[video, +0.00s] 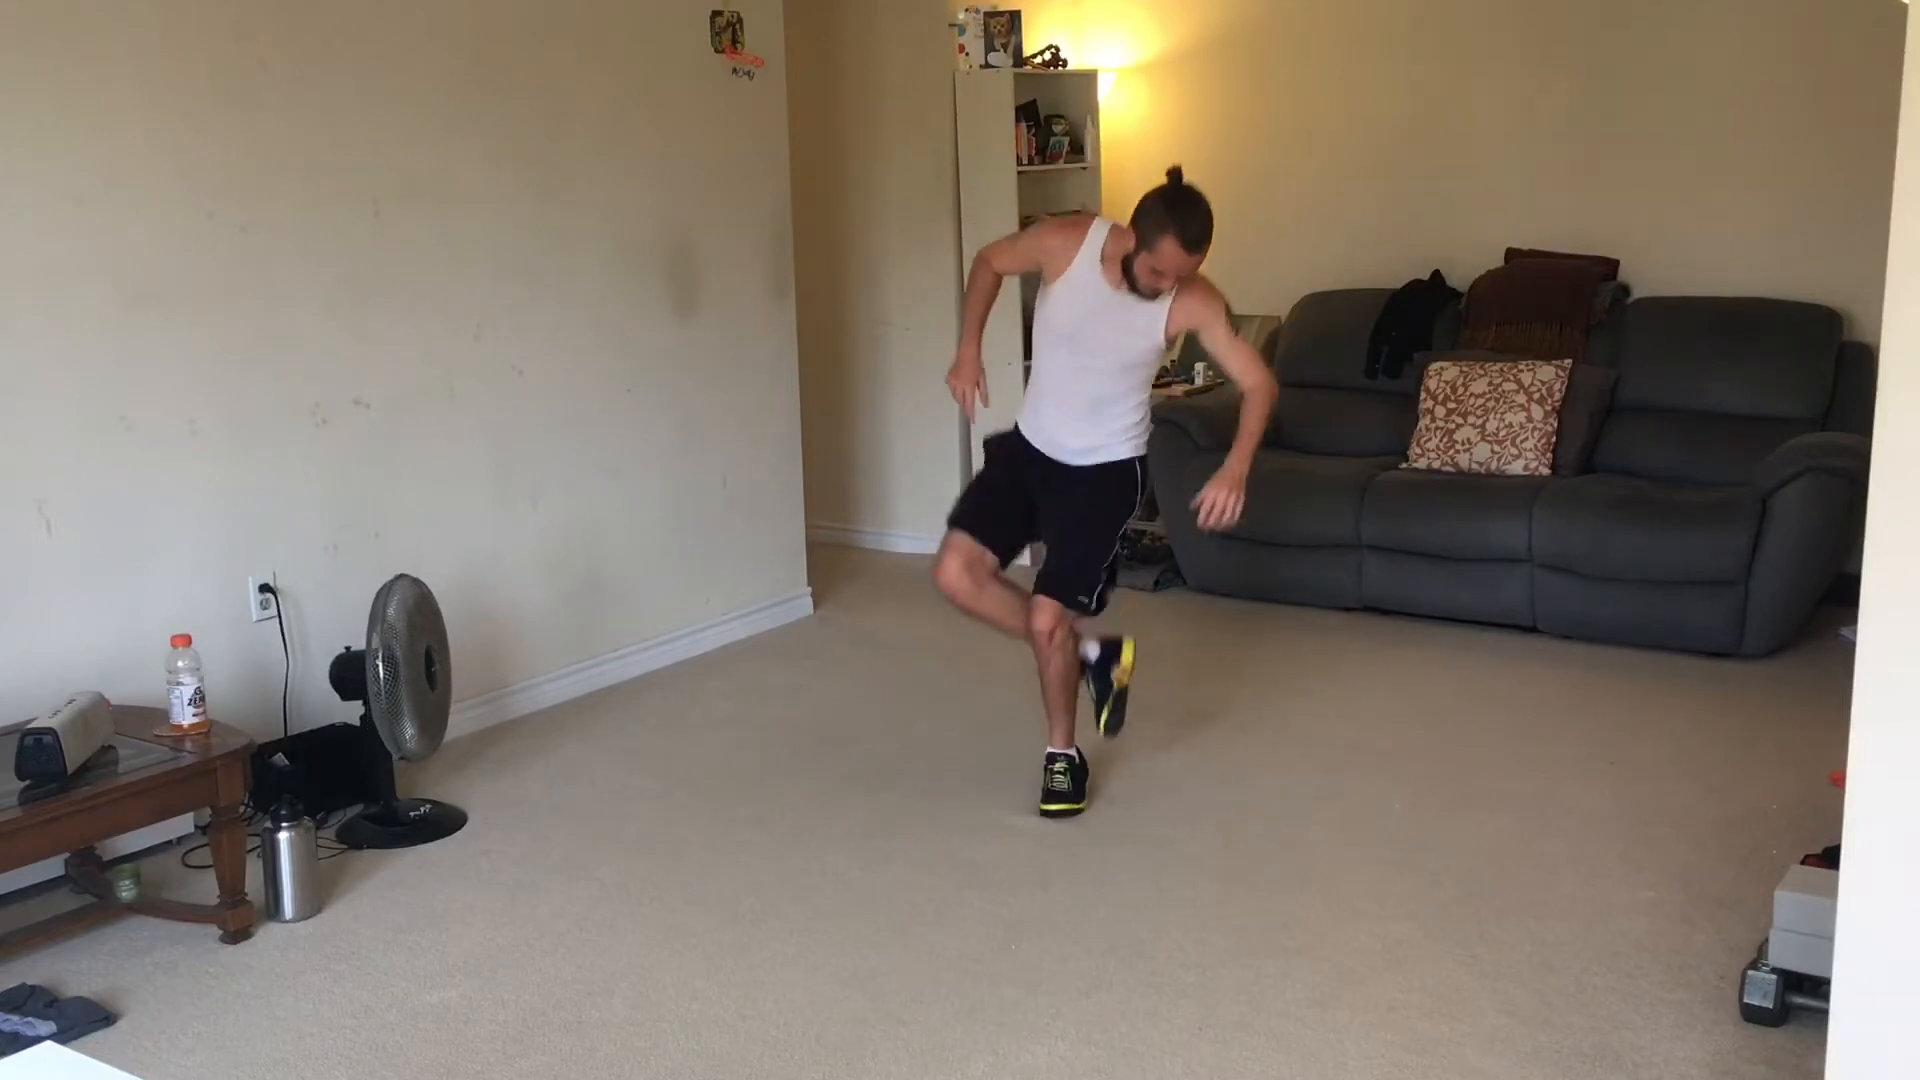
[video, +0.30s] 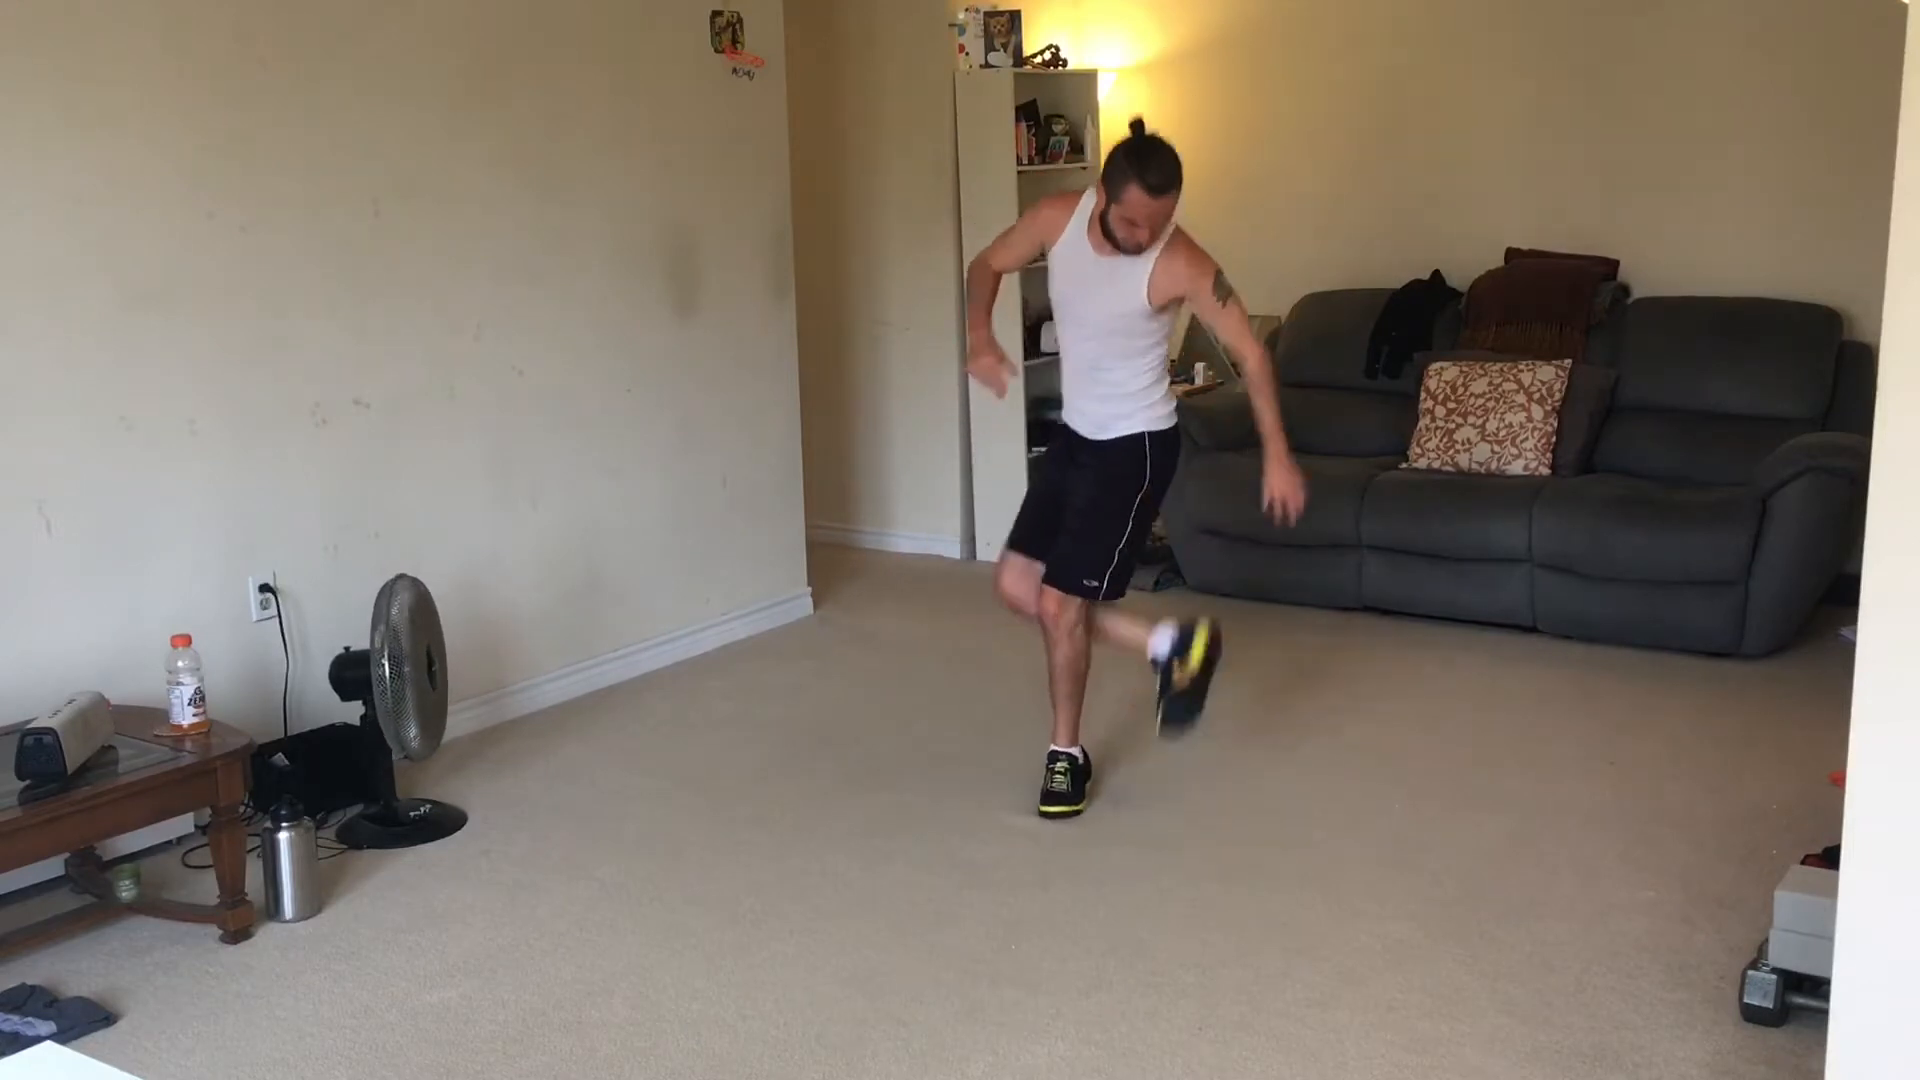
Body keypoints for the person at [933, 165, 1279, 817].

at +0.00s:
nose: (1163, 288)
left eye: (1178, 279)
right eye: (1155, 273)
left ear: (1197, 260)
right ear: (1129, 238)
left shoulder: (1193, 302)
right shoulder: (1067, 240)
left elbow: (1261, 385)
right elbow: (988, 262)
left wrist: (1235, 470)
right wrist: (968, 350)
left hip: (1104, 471)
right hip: (1028, 450)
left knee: (1048, 623)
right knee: (957, 574)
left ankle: (1062, 755)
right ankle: (1094, 653)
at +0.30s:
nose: (1141, 237)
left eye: (1156, 226)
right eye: (1130, 223)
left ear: (1174, 205)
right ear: (1103, 195)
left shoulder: (1182, 265)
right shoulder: (1058, 219)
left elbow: (1250, 353)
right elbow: (986, 266)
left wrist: (1278, 455)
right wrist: (980, 339)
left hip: (1139, 444)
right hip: (1073, 435)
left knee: (1060, 602)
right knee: (1016, 584)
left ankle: (1064, 752)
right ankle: (1168, 642)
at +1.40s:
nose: (1147, 194)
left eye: (1162, 182)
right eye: (1139, 178)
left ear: (1197, 169)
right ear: (1129, 164)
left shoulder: (1222, 235)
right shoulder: (1126, 206)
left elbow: (1167, 322)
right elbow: (1135, 299)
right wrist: (1076, 317)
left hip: (1175, 440)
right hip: (1100, 424)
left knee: (1161, 609)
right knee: (1075, 585)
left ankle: (1199, 739)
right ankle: (1090, 733)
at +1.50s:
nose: (1118, 165)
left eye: (1134, 153)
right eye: (1110, 150)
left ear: (1171, 140)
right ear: (1104, 137)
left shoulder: (1201, 204)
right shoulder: (1117, 191)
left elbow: (1148, 288)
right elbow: (1133, 303)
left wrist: (1044, 241)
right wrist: (1093, 358)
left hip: (1171, 412)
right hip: (1104, 396)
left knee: (1160, 582)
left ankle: (1197, 730)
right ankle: (1060, 647)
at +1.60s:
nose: (1083, 160)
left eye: (1097, 146)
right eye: (1074, 145)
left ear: (1134, 129)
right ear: (1068, 130)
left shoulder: (1174, 184)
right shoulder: (1087, 180)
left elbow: (1178, 294)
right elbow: (1092, 270)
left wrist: (1070, 264)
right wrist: (1057, 335)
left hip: (1162, 385)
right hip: (1095, 367)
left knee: (1140, 568)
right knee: (958, 332)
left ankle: (1188, 710)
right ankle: (1057, 456)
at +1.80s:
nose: (1050, 193)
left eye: (1060, 178)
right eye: (1042, 179)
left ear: (1101, 160)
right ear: (1041, 167)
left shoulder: (1155, 226)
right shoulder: (1065, 223)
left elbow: (1236, 324)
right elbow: (1056, 308)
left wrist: (1195, 426)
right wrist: (1010, 394)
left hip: (1127, 429)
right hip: (1062, 412)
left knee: (1083, 600)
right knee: (919, 435)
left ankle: (1126, 762)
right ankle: (934, 600)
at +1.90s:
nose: (1036, 175)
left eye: (1046, 159)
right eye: (1028, 162)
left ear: (1087, 141)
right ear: (1026, 152)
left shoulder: (1140, 206)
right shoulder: (1051, 210)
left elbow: (1227, 301)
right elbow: (1054, 297)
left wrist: (1203, 406)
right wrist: (1013, 379)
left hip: (1119, 419)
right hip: (1055, 413)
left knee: (1069, 590)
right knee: (970, 562)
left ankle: (1117, 749)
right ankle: (1035, 708)